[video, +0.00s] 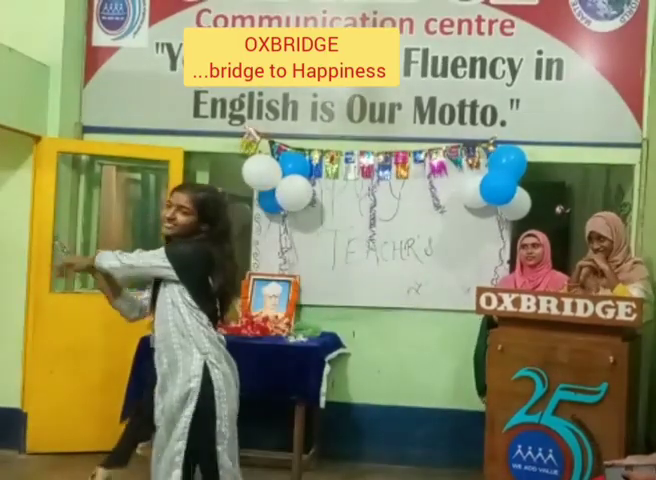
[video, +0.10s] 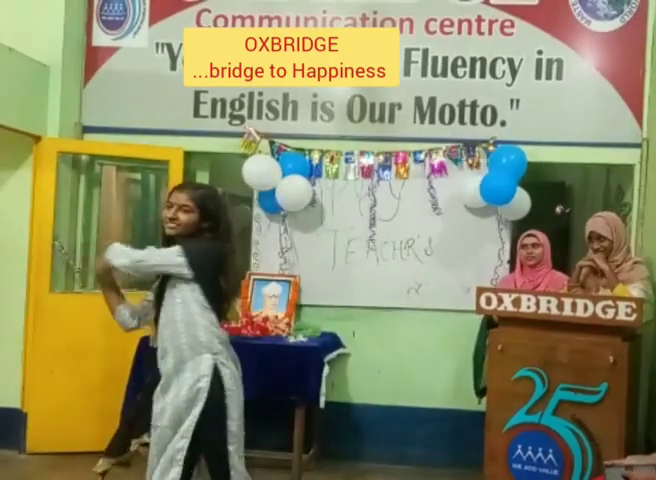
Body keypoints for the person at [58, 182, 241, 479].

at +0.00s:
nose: (170, 215)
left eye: (182, 211)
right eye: (168, 207)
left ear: (203, 224)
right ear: (165, 207)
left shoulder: (196, 254)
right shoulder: (178, 260)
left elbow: (134, 263)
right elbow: (136, 309)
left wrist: (89, 262)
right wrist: (100, 274)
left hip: (203, 372)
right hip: (180, 372)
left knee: (203, 462)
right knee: (175, 461)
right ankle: (106, 468)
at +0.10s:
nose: (172, 215)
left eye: (184, 209)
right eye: (169, 207)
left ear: (205, 221)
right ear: (164, 210)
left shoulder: (205, 252)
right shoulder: (174, 272)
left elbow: (131, 261)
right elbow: (131, 320)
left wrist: (113, 249)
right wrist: (106, 280)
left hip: (208, 372)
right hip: (177, 376)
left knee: (221, 467)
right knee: (171, 468)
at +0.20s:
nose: (181, 214)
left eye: (193, 208)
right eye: (177, 207)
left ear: (213, 218)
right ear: (170, 213)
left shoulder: (221, 258)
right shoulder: (179, 268)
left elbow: (162, 267)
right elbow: (145, 325)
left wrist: (140, 234)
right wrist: (122, 280)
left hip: (217, 372)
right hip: (181, 376)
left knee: (228, 465)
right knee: (168, 463)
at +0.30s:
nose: (195, 214)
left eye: (205, 206)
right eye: (190, 206)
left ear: (226, 215)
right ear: (182, 215)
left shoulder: (248, 262)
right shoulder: (184, 263)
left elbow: (218, 273)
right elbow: (175, 332)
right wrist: (174, 280)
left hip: (235, 364)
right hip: (194, 365)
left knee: (241, 448)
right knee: (169, 452)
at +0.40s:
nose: (211, 214)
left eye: (221, 206)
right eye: (205, 209)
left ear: (243, 214)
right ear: (200, 219)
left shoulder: (267, 266)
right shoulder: (194, 268)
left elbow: (284, 285)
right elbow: (193, 330)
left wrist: (257, 287)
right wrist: (228, 313)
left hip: (256, 369)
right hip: (214, 369)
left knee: (250, 455)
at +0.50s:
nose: (228, 215)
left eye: (237, 207)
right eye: (221, 211)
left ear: (259, 213)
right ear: (217, 221)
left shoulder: (283, 270)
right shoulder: (208, 266)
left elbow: (330, 306)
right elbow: (214, 331)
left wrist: (357, 256)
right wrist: (284, 321)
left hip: (268, 384)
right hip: (224, 383)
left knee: (263, 466)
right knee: (207, 463)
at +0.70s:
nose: (256, 217)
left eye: (266, 208)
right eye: (249, 210)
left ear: (286, 216)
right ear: (241, 219)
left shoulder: (302, 273)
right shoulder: (228, 267)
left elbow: (353, 316)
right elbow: (226, 331)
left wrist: (393, 273)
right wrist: (290, 315)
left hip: (287, 401)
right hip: (236, 399)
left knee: (294, 472)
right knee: (241, 471)